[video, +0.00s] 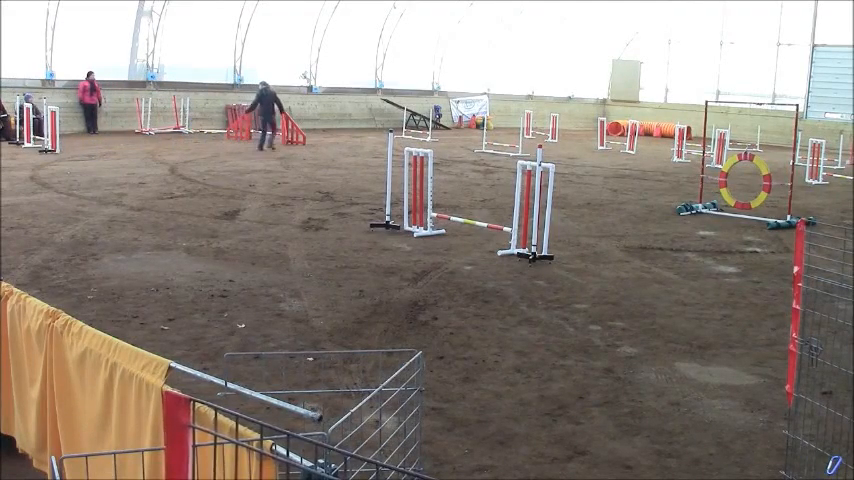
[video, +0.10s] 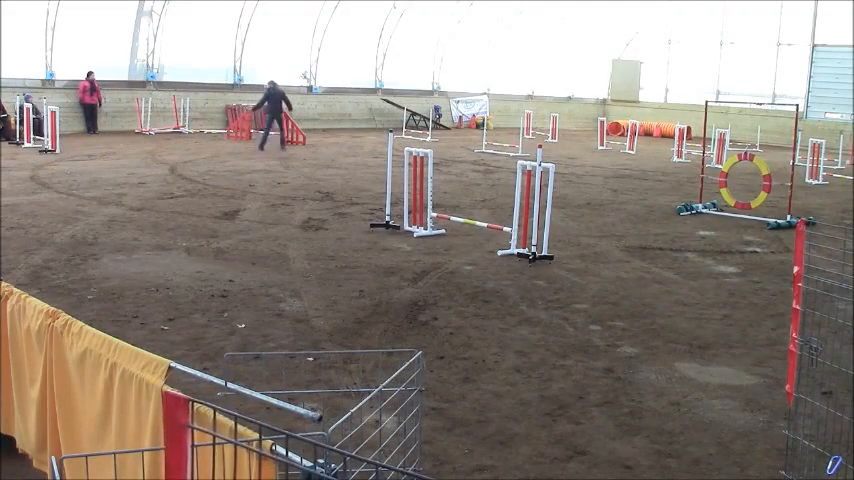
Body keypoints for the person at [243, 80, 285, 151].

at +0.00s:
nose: (259, 88)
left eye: (259, 86)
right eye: (259, 86)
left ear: (261, 86)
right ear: (267, 85)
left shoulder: (260, 93)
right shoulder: (272, 93)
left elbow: (255, 103)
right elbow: (278, 102)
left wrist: (248, 110)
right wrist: (281, 110)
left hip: (262, 114)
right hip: (270, 114)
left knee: (263, 130)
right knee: (274, 129)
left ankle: (260, 146)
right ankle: (270, 144)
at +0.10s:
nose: (268, 86)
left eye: (269, 85)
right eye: (269, 85)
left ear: (269, 85)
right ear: (275, 85)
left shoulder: (268, 92)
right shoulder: (280, 91)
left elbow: (262, 101)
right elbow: (286, 100)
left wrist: (255, 108)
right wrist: (290, 107)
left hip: (270, 112)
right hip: (278, 112)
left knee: (267, 129)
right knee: (281, 129)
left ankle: (262, 144)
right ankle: (282, 145)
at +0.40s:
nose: (290, 87)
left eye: (290, 86)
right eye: (290, 86)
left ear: (291, 86)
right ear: (297, 85)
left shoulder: (291, 92)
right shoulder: (302, 92)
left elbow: (285, 102)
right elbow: (309, 101)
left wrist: (278, 108)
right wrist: (308, 109)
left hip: (292, 111)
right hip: (300, 111)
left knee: (294, 127)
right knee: (294, 127)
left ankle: (296, 141)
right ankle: (287, 141)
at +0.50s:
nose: (297, 88)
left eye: (298, 87)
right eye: (298, 87)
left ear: (298, 87)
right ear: (304, 87)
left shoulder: (297, 94)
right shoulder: (309, 93)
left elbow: (292, 103)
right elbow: (314, 102)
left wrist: (285, 110)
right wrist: (316, 110)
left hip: (299, 112)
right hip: (307, 112)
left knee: (303, 128)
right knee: (304, 128)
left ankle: (304, 143)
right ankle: (297, 139)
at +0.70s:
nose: (318, 86)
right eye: (318, 85)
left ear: (314, 85)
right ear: (319, 85)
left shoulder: (312, 92)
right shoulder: (323, 92)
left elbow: (307, 102)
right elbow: (327, 101)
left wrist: (301, 109)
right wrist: (329, 109)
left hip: (314, 113)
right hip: (321, 113)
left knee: (311, 128)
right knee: (326, 127)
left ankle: (305, 142)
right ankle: (325, 142)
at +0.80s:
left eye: (325, 84)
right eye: (326, 84)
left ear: (322, 85)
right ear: (328, 85)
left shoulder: (320, 92)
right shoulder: (331, 92)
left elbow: (315, 102)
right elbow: (334, 101)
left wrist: (310, 109)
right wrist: (337, 109)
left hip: (321, 112)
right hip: (329, 112)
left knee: (320, 128)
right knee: (332, 128)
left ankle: (311, 137)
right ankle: (332, 143)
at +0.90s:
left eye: (331, 86)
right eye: (333, 86)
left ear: (329, 87)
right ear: (335, 87)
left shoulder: (327, 94)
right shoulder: (338, 94)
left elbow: (322, 104)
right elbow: (342, 103)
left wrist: (317, 111)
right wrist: (346, 111)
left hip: (329, 114)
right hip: (336, 114)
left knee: (331, 129)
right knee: (336, 129)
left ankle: (323, 136)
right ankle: (332, 144)